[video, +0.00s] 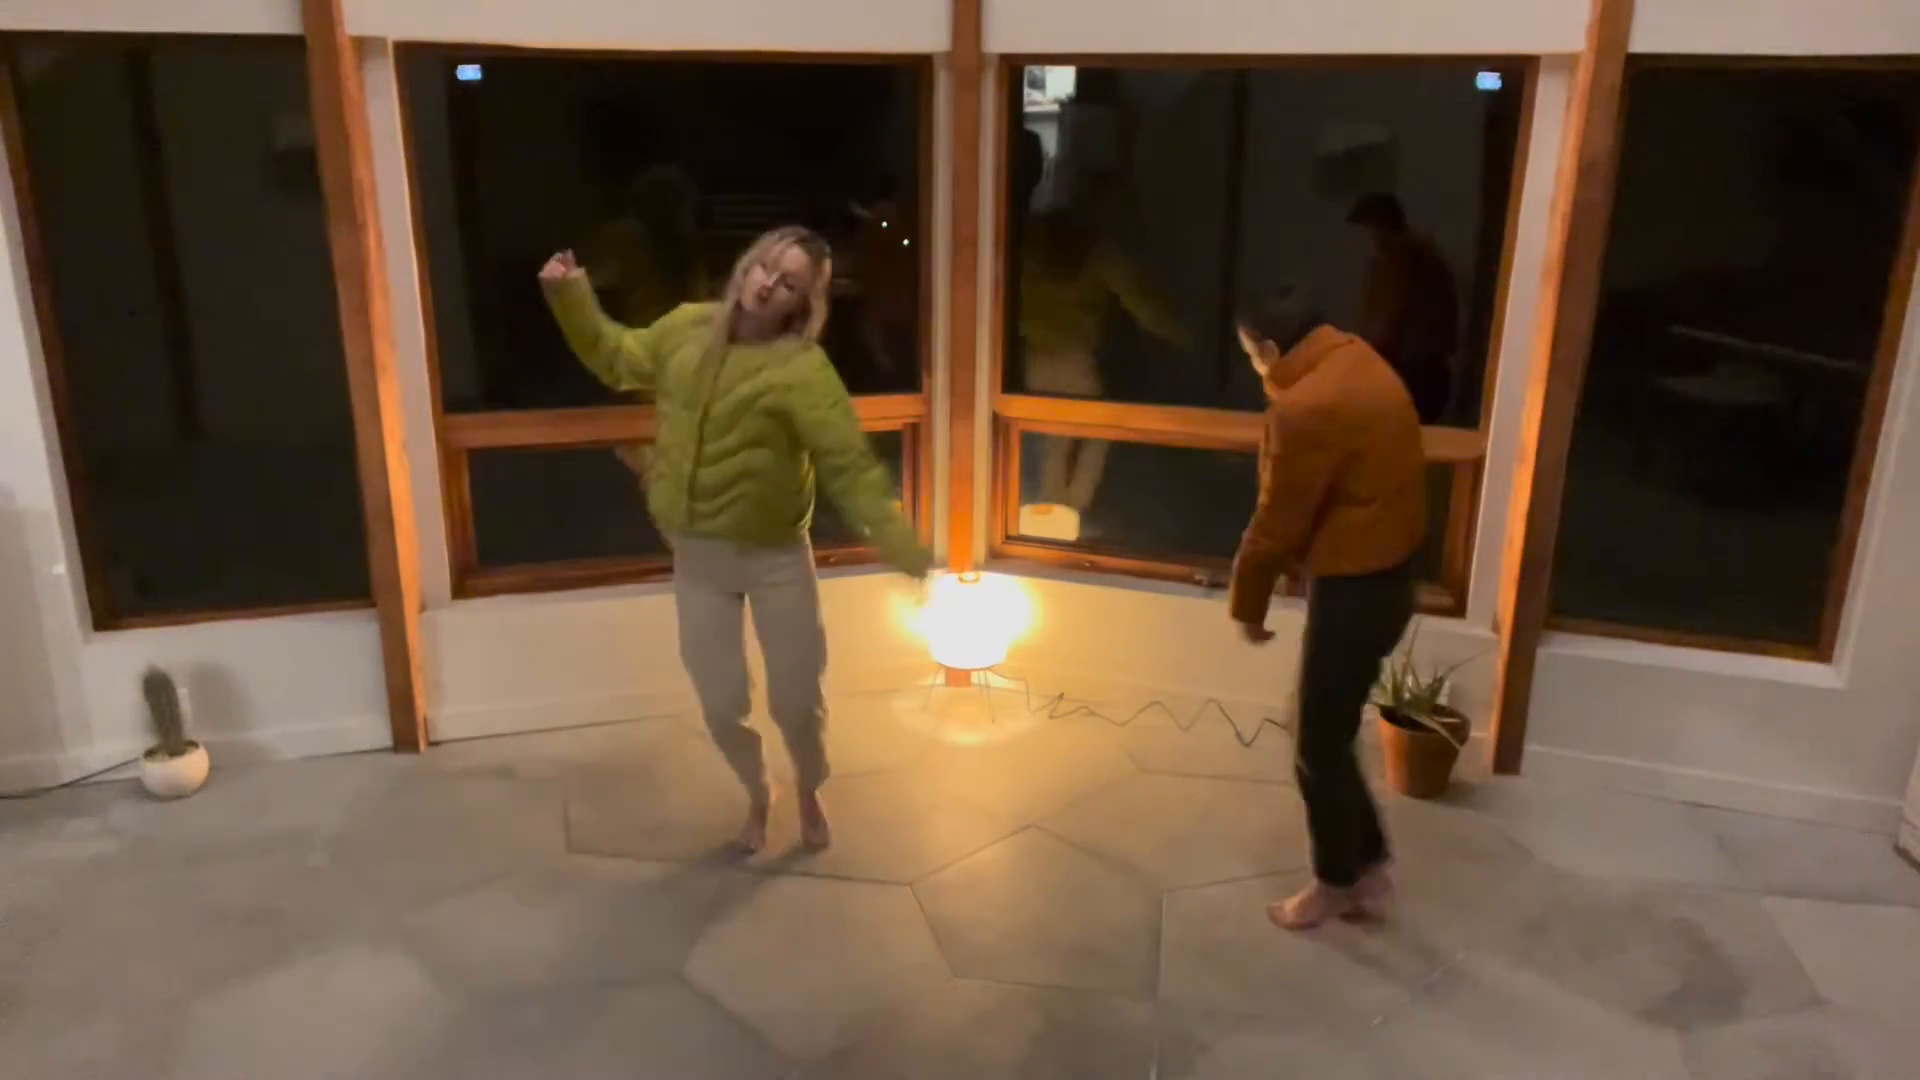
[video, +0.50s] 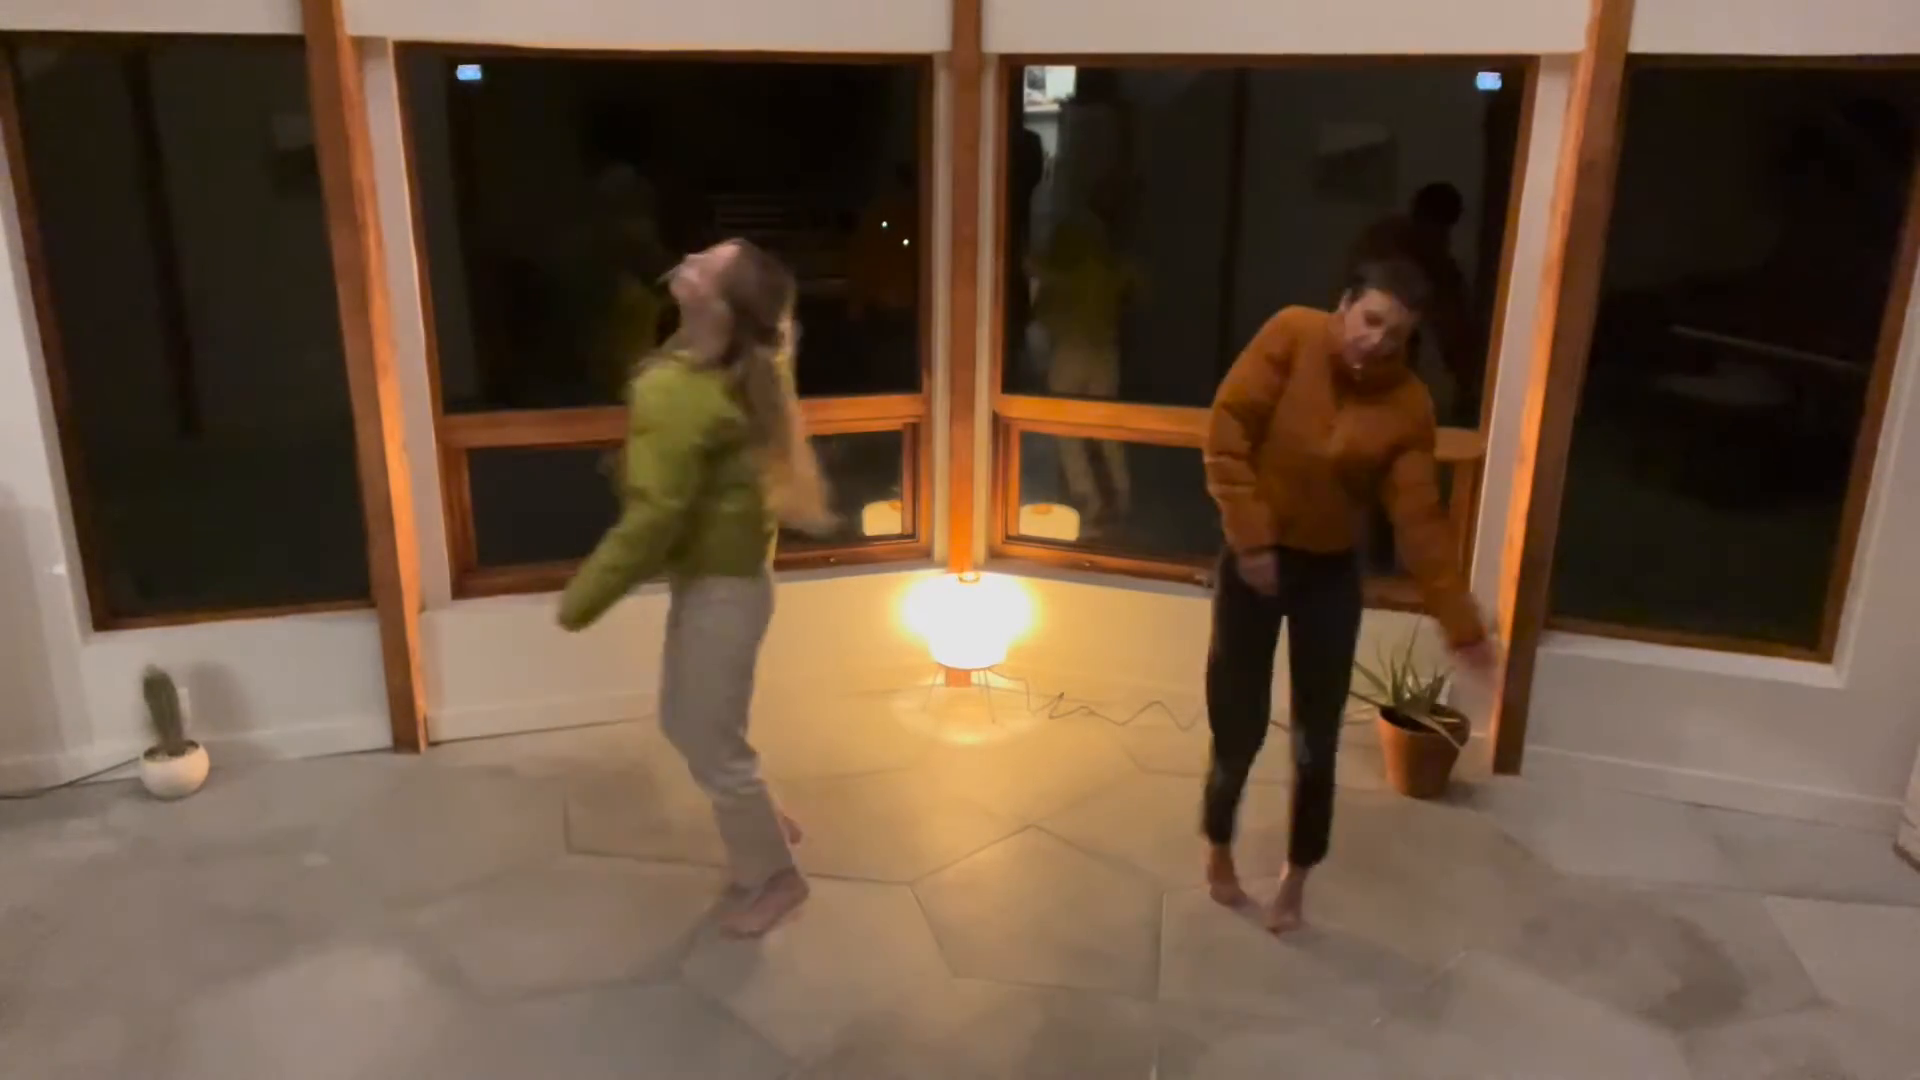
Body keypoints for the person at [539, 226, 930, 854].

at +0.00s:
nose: (768, 282)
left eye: (787, 281)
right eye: (766, 265)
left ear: (800, 303)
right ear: (745, 264)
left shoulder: (802, 367)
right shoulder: (686, 330)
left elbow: (852, 469)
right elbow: (619, 364)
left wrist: (911, 555)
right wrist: (571, 297)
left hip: (778, 555)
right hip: (698, 553)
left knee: (795, 704)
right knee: (721, 708)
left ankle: (809, 795)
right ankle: (757, 799)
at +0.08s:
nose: (769, 277)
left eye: (789, 282)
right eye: (771, 262)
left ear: (800, 310)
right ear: (749, 263)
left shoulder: (798, 377)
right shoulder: (699, 329)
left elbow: (818, 487)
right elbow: (642, 354)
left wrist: (834, 584)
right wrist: (592, 281)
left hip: (774, 561)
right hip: (699, 555)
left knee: (788, 709)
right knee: (719, 709)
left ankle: (819, 834)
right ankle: (758, 794)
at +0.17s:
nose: (763, 273)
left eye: (784, 278)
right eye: (765, 260)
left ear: (799, 315)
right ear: (742, 269)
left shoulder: (789, 385)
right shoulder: (703, 336)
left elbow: (793, 507)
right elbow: (653, 338)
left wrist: (780, 619)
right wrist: (615, 273)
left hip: (768, 570)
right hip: (701, 559)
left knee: (791, 719)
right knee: (704, 716)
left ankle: (822, 842)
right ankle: (764, 796)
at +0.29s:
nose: (739, 268)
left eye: (760, 274)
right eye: (748, 260)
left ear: (774, 317)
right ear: (734, 287)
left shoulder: (758, 395)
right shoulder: (707, 342)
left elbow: (741, 517)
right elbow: (691, 305)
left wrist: (683, 604)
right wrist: (677, 264)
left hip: (763, 566)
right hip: (702, 557)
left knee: (756, 723)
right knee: (705, 720)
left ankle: (815, 831)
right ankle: (773, 825)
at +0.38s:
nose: (723, 264)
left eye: (744, 272)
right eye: (736, 256)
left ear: (753, 318)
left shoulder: (736, 394)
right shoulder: (692, 364)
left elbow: (714, 515)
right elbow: (672, 451)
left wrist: (645, 600)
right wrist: (658, 503)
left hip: (751, 576)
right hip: (701, 568)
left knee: (731, 729)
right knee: (716, 726)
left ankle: (799, 844)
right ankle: (776, 834)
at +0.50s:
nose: (688, 262)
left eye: (704, 266)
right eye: (703, 255)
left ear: (721, 308)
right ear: (719, 309)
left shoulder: (683, 391)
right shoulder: (706, 372)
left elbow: (656, 513)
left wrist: (582, 599)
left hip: (726, 587)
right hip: (711, 582)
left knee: (711, 736)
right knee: (684, 720)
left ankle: (770, 877)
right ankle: (762, 821)